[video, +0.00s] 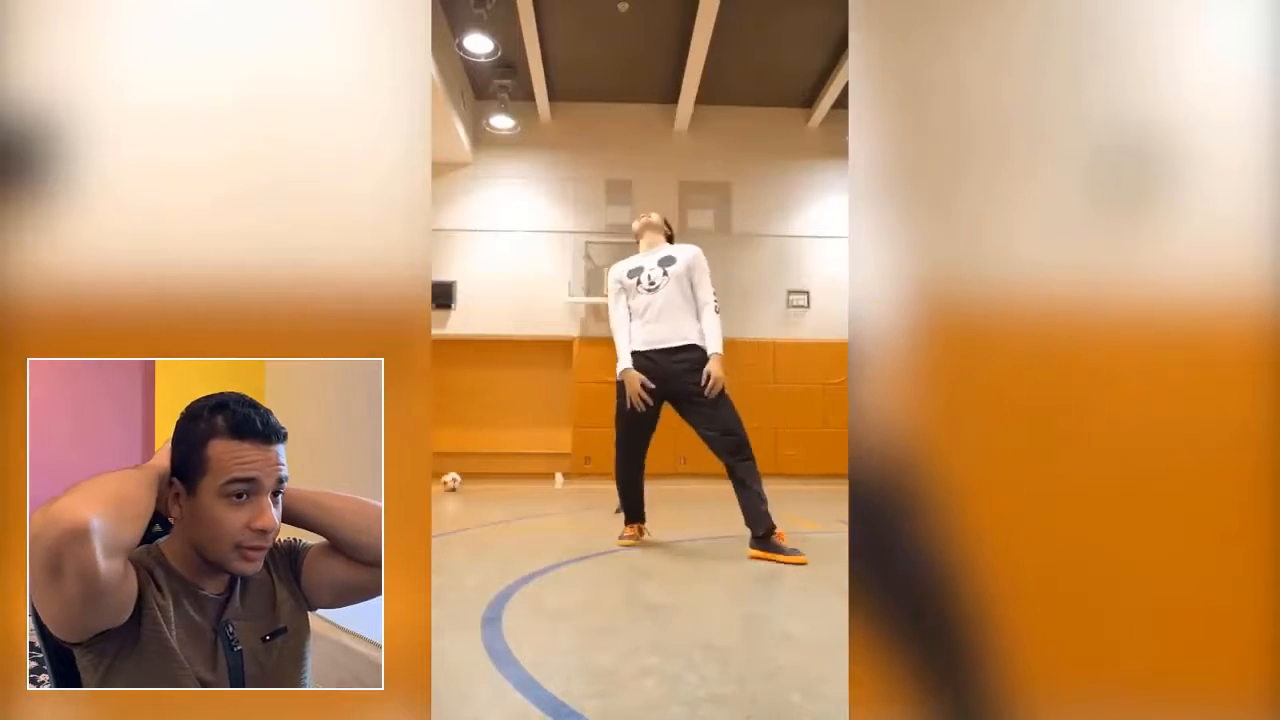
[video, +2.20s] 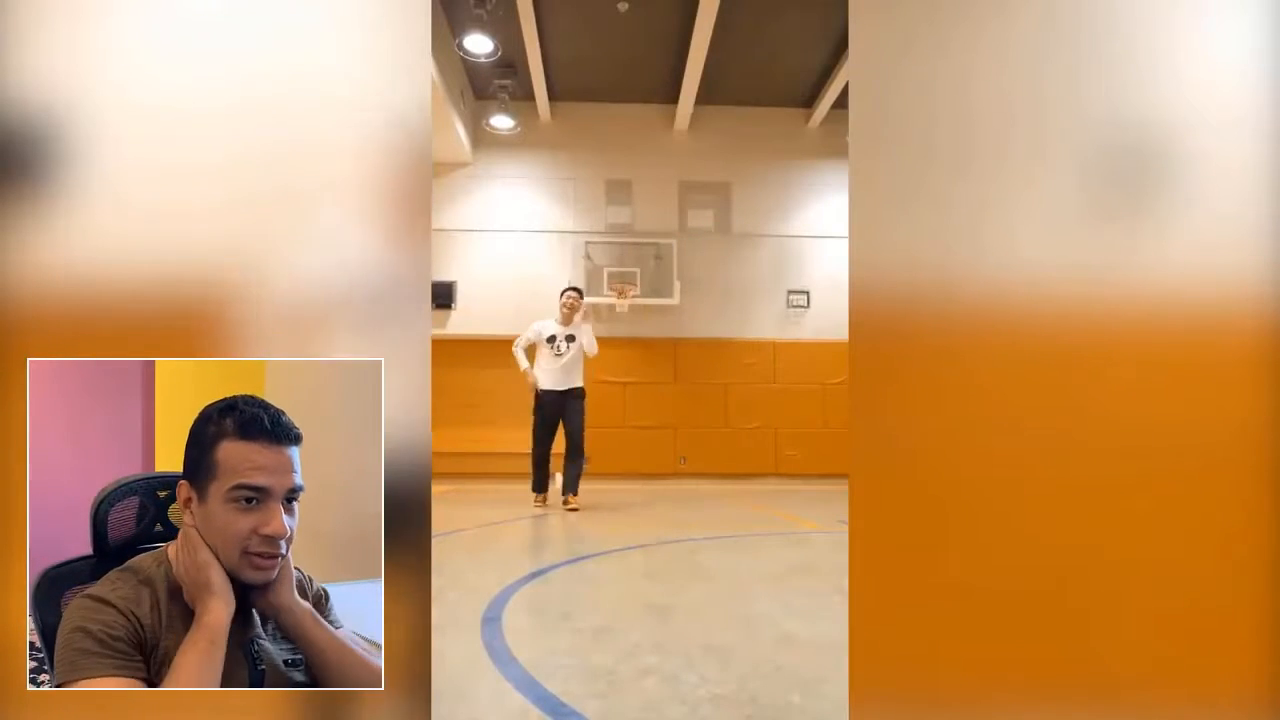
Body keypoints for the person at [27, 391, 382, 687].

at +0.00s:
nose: (267, 522)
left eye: (276, 494)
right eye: (239, 495)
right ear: (177, 501)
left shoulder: (283, 573)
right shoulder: (117, 598)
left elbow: (397, 551)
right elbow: (72, 534)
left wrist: (270, 494)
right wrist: (156, 473)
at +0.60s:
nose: (284, 534)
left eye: (292, 504)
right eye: (257, 504)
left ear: (295, 502)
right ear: (191, 503)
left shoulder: (285, 578)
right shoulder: (119, 595)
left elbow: (398, 578)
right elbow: (91, 559)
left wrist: (288, 513)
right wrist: (166, 489)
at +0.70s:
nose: (279, 529)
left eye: (290, 501)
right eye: (254, 500)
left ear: (295, 502)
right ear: (189, 500)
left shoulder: (285, 581)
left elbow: (396, 584)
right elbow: (107, 596)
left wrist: (284, 514)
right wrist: (163, 501)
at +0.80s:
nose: (273, 528)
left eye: (284, 501)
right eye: (244, 498)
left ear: (290, 501)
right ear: (184, 497)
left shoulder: (281, 578)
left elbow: (396, 605)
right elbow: (140, 628)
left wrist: (282, 520)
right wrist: (164, 507)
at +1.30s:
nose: (284, 537)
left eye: (295, 508)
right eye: (254, 507)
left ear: (301, 505)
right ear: (193, 504)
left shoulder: (281, 586)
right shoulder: (99, 601)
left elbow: (392, 642)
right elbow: (178, 667)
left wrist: (290, 530)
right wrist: (174, 522)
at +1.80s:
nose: (289, 534)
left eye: (299, 506)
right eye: (259, 506)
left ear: (307, 502)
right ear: (195, 507)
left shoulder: (284, 596)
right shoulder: (107, 607)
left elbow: (383, 679)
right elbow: (164, 711)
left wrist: (292, 562)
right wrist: (195, 570)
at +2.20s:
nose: (279, 528)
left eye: (290, 501)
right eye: (248, 501)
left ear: (298, 501)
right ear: (189, 505)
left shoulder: (300, 592)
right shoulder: (105, 612)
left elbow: (381, 693)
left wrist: (291, 610)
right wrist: (213, 613)